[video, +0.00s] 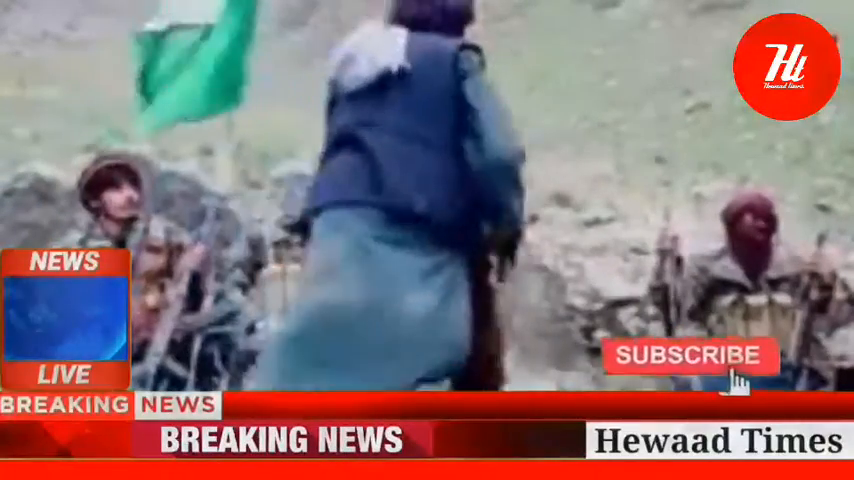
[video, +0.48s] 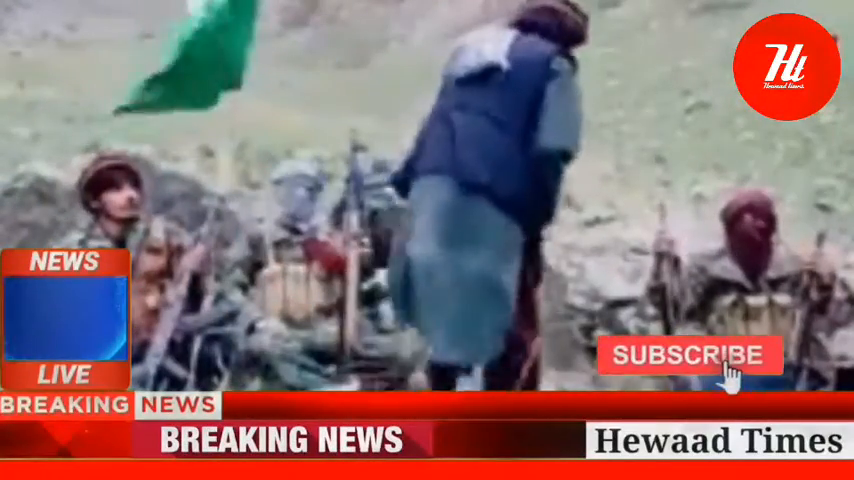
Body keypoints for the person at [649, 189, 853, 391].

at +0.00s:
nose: (763, 225)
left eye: (768, 219)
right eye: (754, 217)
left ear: (774, 226)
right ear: (732, 223)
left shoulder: (795, 270)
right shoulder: (703, 269)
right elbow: (679, 316)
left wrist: (828, 291)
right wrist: (668, 266)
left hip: (786, 375)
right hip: (722, 376)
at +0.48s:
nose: (763, 225)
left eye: (767, 218)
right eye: (753, 217)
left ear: (773, 226)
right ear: (731, 224)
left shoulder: (795, 269)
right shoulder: (703, 268)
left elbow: (837, 318)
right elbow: (674, 312)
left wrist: (826, 289)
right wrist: (665, 267)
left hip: (786, 376)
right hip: (719, 377)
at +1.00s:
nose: (756, 224)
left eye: (763, 217)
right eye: (747, 217)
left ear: (774, 226)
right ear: (731, 226)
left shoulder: (794, 267)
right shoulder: (705, 268)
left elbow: (833, 319)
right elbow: (674, 308)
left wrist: (829, 285)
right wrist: (664, 266)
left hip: (788, 376)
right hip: (723, 377)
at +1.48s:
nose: (753, 225)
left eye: (762, 217)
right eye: (743, 218)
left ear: (774, 227)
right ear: (732, 227)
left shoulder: (795, 269)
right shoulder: (706, 268)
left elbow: (829, 318)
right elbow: (677, 312)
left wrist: (829, 286)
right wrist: (666, 270)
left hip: (785, 376)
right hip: (723, 376)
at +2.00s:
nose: (758, 238)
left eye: (766, 228)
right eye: (748, 229)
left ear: (775, 231)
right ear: (733, 233)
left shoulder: (796, 272)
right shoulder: (706, 272)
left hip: (784, 374)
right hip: (723, 375)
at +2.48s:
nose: (746, 238)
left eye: (754, 228)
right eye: (736, 230)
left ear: (765, 234)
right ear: (719, 235)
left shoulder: (783, 275)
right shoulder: (687, 277)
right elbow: (676, 338)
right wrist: (722, 371)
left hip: (780, 370)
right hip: (723, 374)